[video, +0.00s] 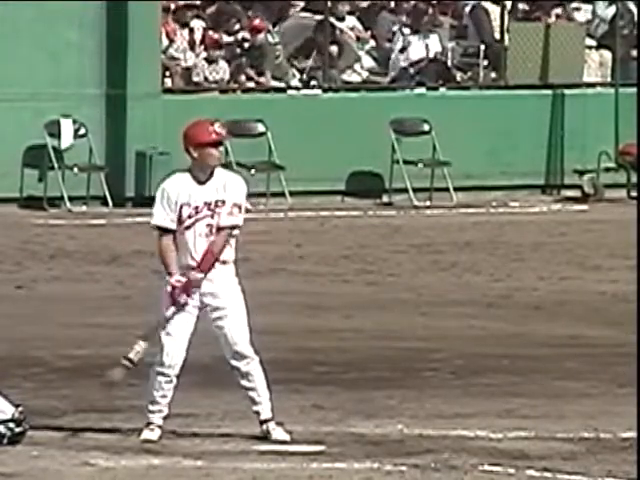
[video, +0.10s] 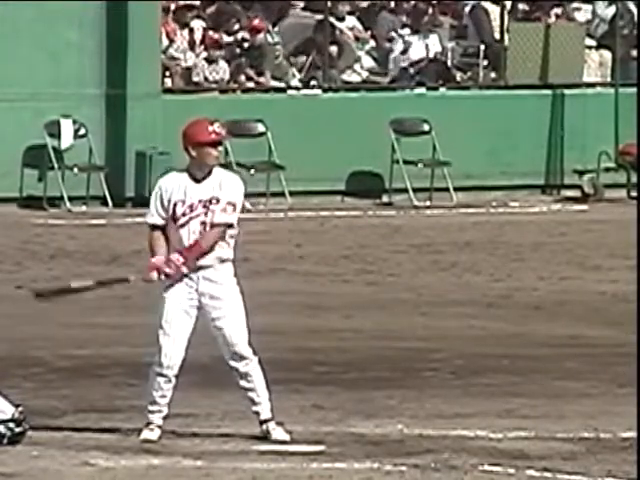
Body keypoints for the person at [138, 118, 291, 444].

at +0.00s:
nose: (220, 151)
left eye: (220, 146)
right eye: (213, 147)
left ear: (219, 149)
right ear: (194, 152)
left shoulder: (233, 184)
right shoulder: (172, 187)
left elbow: (225, 234)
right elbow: (165, 236)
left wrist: (200, 272)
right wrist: (175, 275)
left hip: (221, 276)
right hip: (184, 278)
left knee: (241, 350)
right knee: (169, 357)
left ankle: (267, 420)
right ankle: (154, 421)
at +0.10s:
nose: (218, 151)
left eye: (218, 145)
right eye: (210, 146)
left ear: (219, 148)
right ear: (192, 150)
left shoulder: (230, 184)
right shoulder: (168, 185)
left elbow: (216, 232)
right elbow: (157, 227)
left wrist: (183, 262)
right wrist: (159, 257)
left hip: (218, 276)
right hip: (180, 278)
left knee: (239, 350)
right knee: (168, 357)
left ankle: (267, 420)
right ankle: (154, 421)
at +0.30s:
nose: (219, 150)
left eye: (220, 145)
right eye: (212, 146)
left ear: (219, 147)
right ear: (193, 149)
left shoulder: (229, 180)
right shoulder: (167, 182)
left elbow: (208, 221)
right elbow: (156, 229)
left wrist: (163, 218)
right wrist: (143, 218)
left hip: (218, 275)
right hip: (178, 277)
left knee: (239, 350)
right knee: (168, 357)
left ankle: (267, 420)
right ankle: (154, 422)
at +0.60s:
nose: (223, 149)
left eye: (224, 143)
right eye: (216, 144)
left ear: (223, 146)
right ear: (197, 148)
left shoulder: (236, 179)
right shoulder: (175, 181)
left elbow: (235, 222)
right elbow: (161, 232)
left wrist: (203, 205)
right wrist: (177, 207)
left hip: (224, 274)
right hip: (185, 276)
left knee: (243, 351)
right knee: (172, 357)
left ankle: (267, 421)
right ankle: (155, 421)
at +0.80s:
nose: (230, 149)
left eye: (230, 144)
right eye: (224, 145)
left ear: (227, 147)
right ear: (205, 149)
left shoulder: (238, 178)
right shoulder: (186, 187)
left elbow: (260, 220)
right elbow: (188, 236)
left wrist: (239, 209)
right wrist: (214, 213)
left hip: (228, 276)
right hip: (192, 278)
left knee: (246, 351)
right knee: (177, 354)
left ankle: (267, 421)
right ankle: (155, 421)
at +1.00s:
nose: (238, 153)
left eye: (238, 147)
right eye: (232, 148)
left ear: (230, 150)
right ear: (214, 153)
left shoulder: (240, 178)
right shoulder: (200, 193)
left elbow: (256, 223)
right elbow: (229, 239)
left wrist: (276, 215)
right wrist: (259, 219)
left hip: (230, 277)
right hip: (196, 280)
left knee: (247, 351)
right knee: (183, 356)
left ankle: (268, 421)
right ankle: (156, 422)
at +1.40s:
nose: (245, 152)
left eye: (245, 146)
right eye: (239, 147)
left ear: (241, 151)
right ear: (220, 154)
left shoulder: (247, 181)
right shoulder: (210, 187)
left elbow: (261, 226)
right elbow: (245, 228)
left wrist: (288, 244)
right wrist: (291, 239)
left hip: (232, 279)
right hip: (198, 278)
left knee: (249, 352)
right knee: (183, 354)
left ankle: (268, 421)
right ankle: (155, 422)